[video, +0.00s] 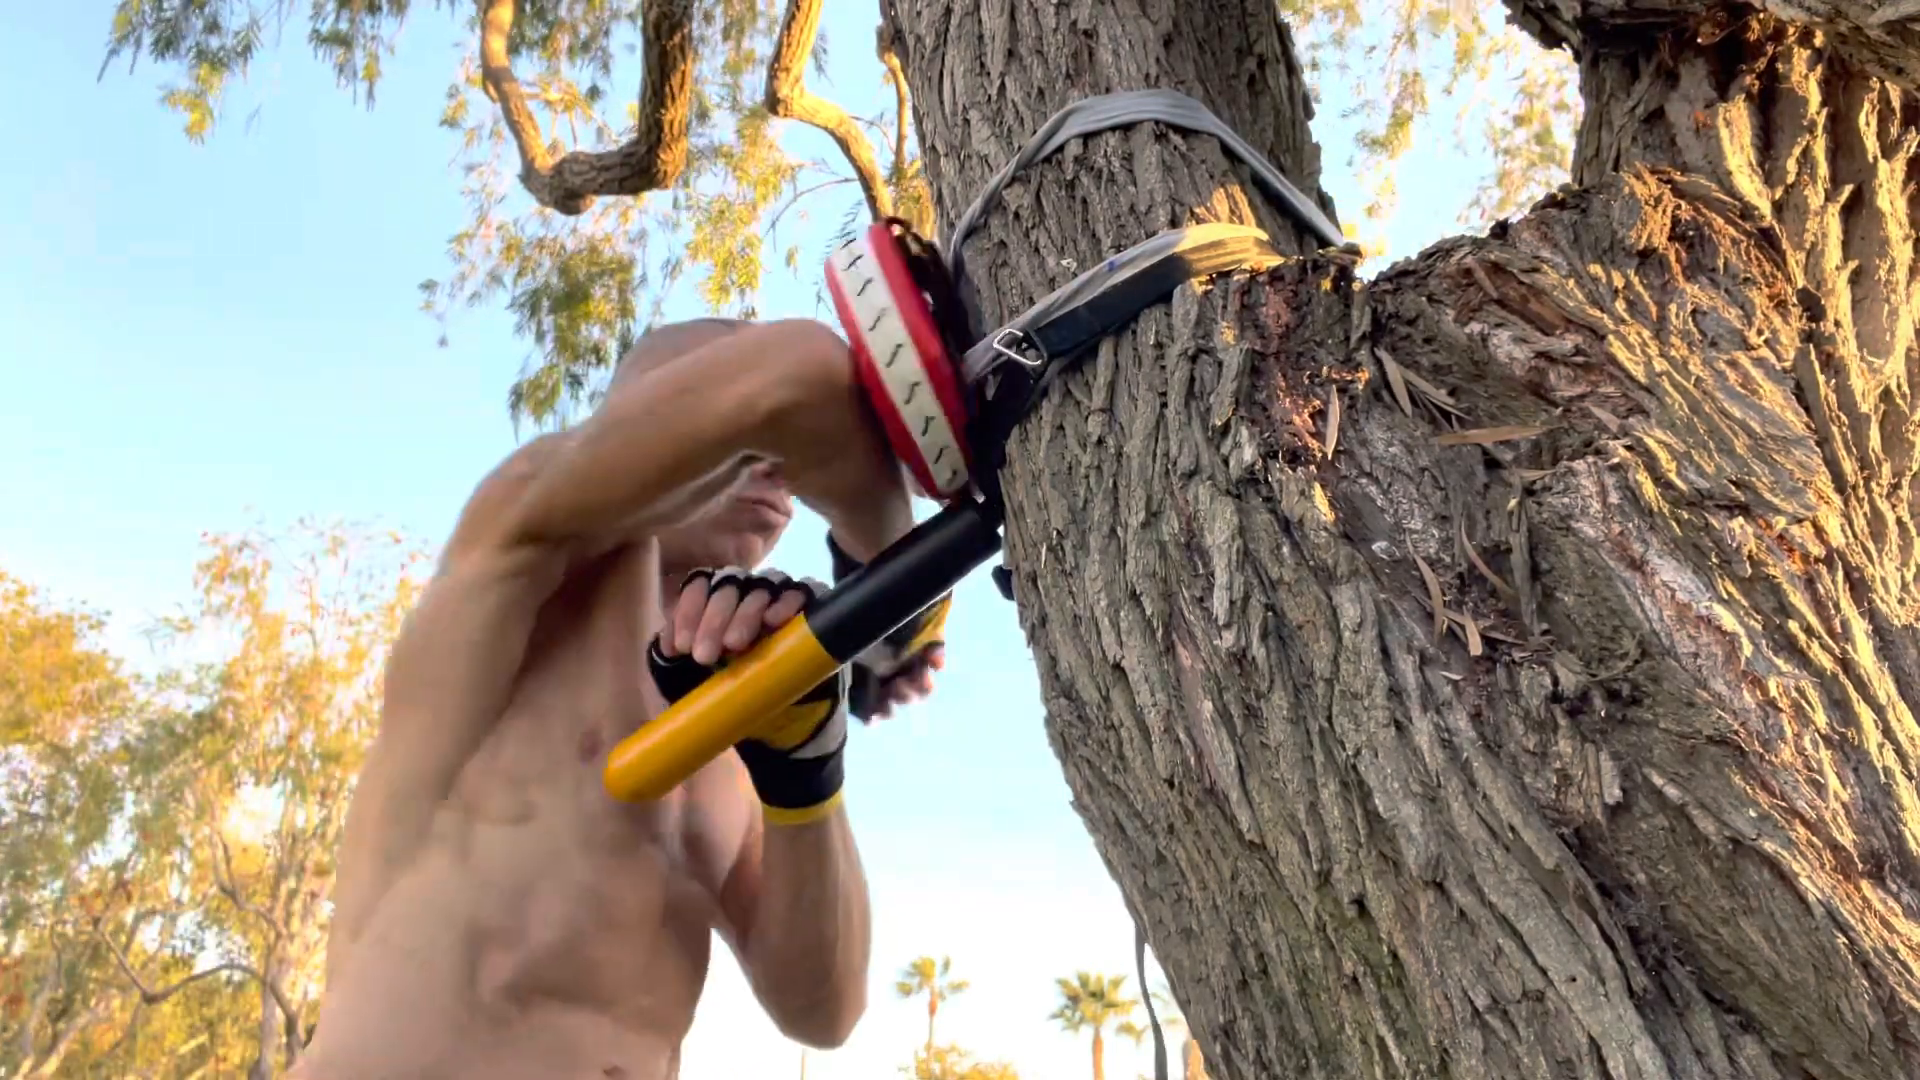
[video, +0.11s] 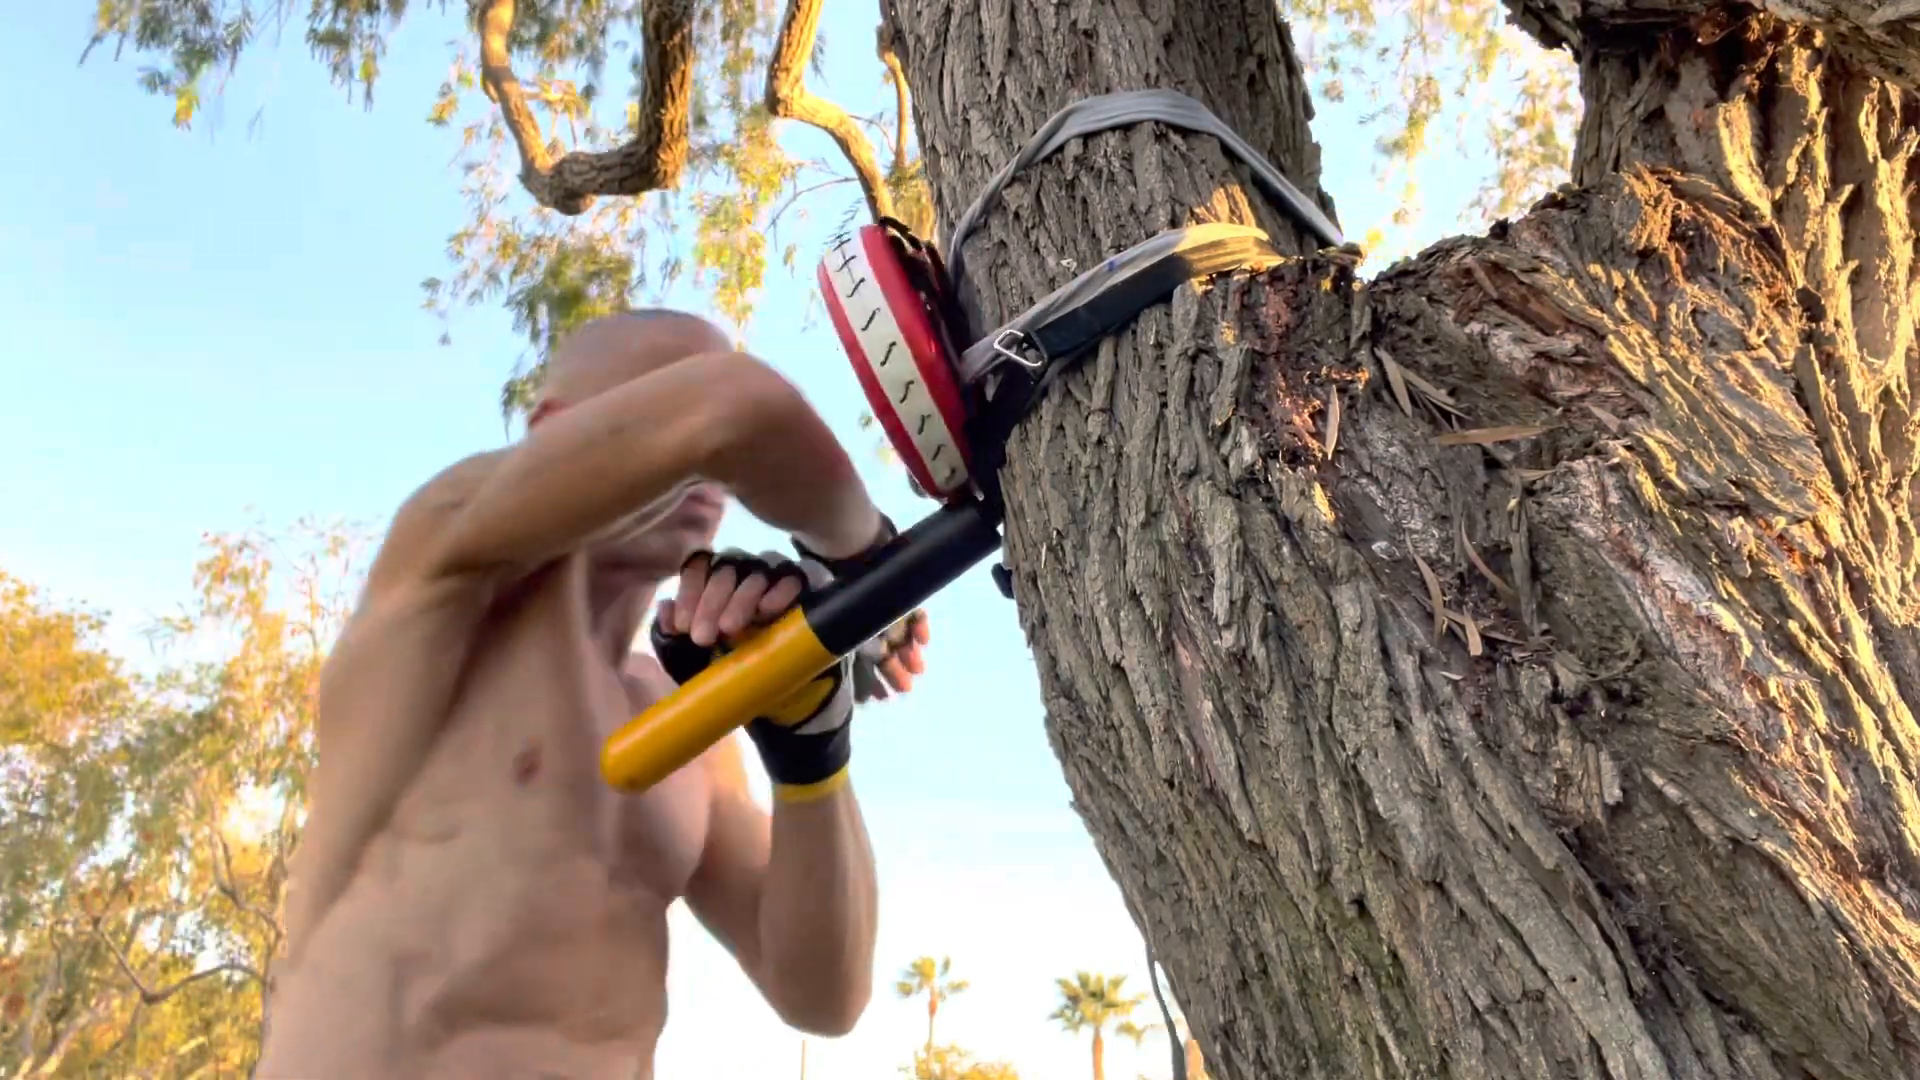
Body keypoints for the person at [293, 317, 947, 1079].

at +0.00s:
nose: (775, 471)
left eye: (780, 445)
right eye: (729, 428)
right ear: (630, 426)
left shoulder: (722, 744)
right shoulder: (522, 534)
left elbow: (820, 1009)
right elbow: (804, 366)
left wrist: (799, 761)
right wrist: (883, 569)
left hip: (634, 1057)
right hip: (411, 1049)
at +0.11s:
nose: (706, 461)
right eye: (670, 409)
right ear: (550, 427)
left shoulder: (690, 731)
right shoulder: (448, 548)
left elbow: (820, 996)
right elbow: (738, 403)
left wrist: (807, 745)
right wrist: (862, 550)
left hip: (609, 1056)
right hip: (382, 1049)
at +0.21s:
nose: (622, 495)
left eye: (648, 458)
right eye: (592, 450)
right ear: (480, 445)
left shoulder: (627, 732)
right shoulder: (357, 589)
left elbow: (774, 989)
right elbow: (638, 445)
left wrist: (784, 714)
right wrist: (823, 492)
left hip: (556, 1059)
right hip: (326, 1051)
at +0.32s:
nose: (510, 479)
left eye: (535, 459)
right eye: (469, 434)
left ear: (550, 485)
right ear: (340, 449)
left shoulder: (502, 746)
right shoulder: (191, 580)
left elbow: (630, 1044)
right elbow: (423, 593)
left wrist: (605, 822)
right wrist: (719, 420)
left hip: (443, 1059)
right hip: (204, 1047)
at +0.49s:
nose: (350, 474)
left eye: (373, 448)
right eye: (305, 423)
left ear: (387, 476)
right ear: (167, 436)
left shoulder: (378, 693)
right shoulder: (34, 629)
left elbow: (659, 828)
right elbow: (80, 910)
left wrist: (683, 605)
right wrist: (514, 784)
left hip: (314, 1062)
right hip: (97, 1063)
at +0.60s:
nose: (257, 465)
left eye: (283, 439)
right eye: (213, 415)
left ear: (295, 467)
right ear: (72, 426)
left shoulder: (303, 664)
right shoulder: (14, 653)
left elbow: (585, 706)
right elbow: (25, 873)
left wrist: (775, 512)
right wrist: (415, 766)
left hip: (279, 1062)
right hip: (61, 1060)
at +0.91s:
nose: (213, 452)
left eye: (243, 427)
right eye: (165, 403)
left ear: (260, 464)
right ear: (37, 430)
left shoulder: (313, 658)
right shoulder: (8, 663)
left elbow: (586, 739)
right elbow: (23, 832)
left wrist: (775, 531)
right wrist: (359, 729)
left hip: (301, 1060)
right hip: (55, 1056)